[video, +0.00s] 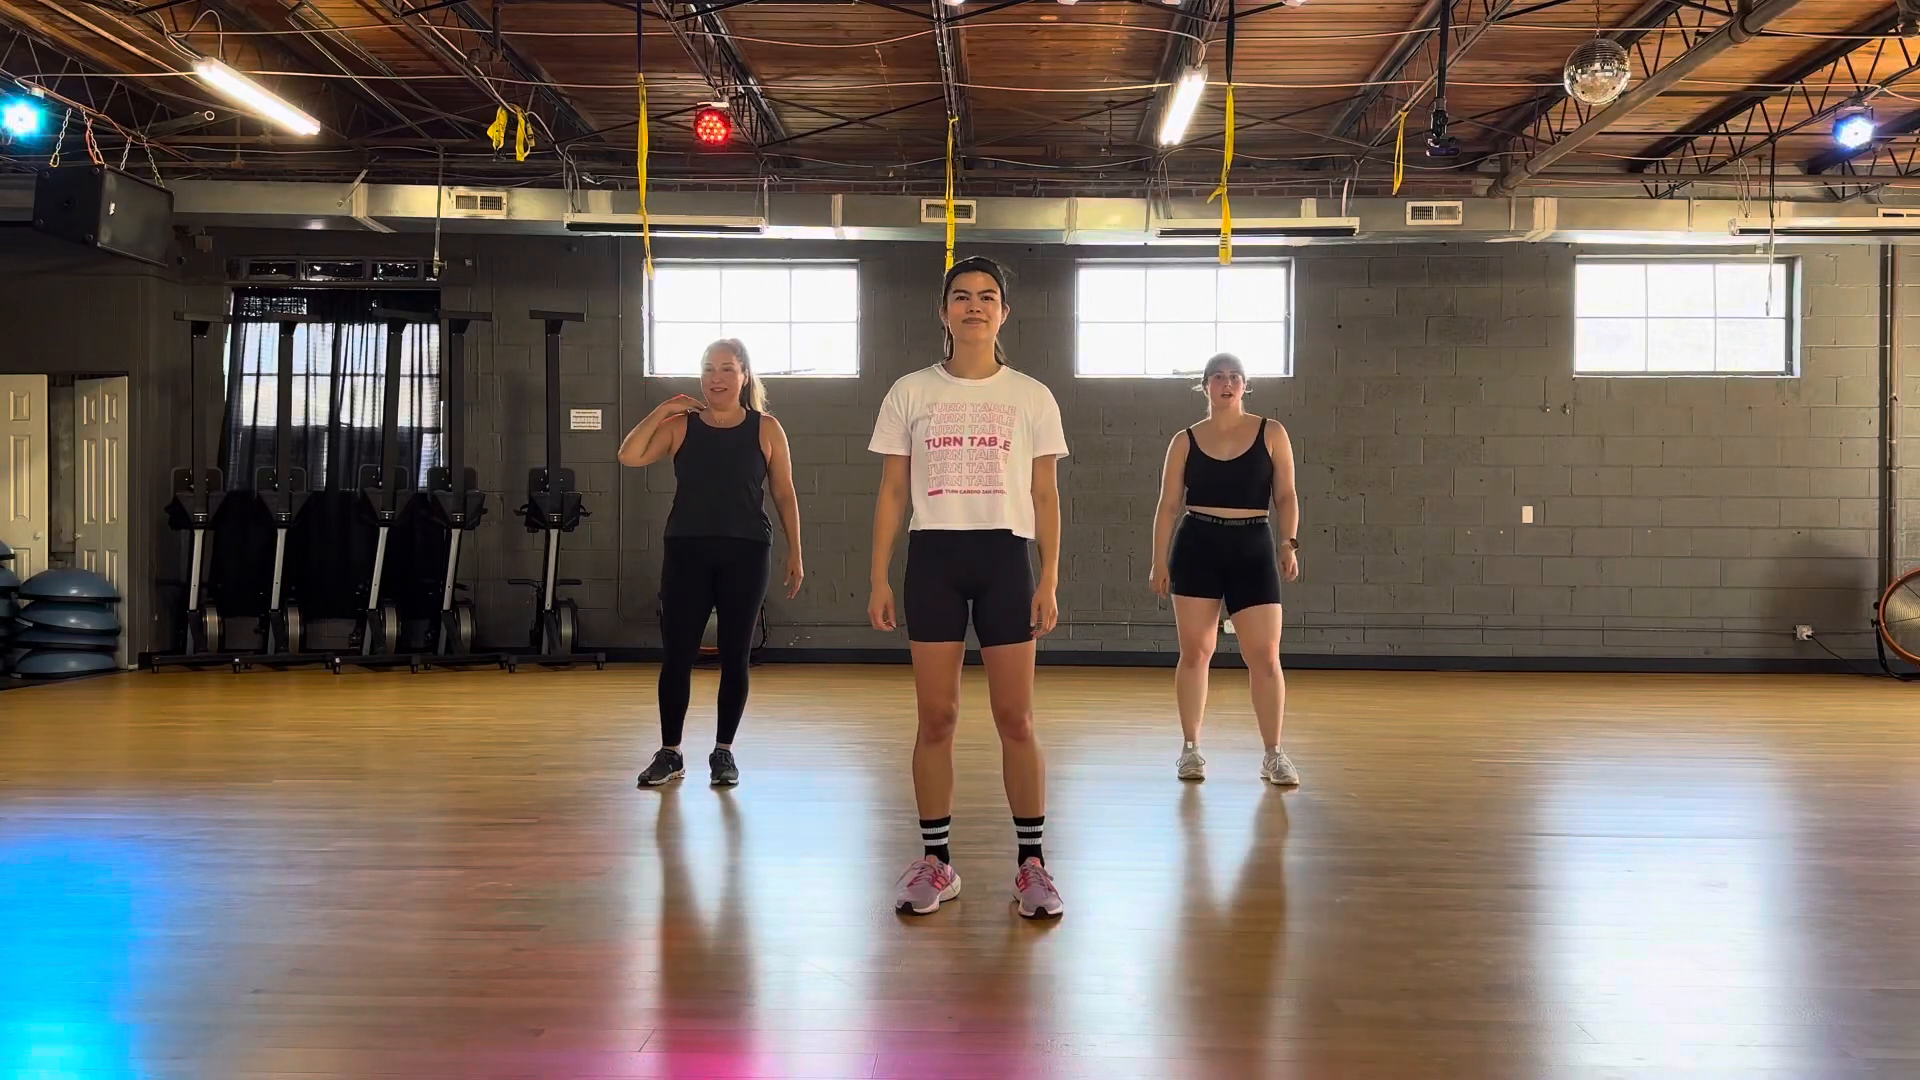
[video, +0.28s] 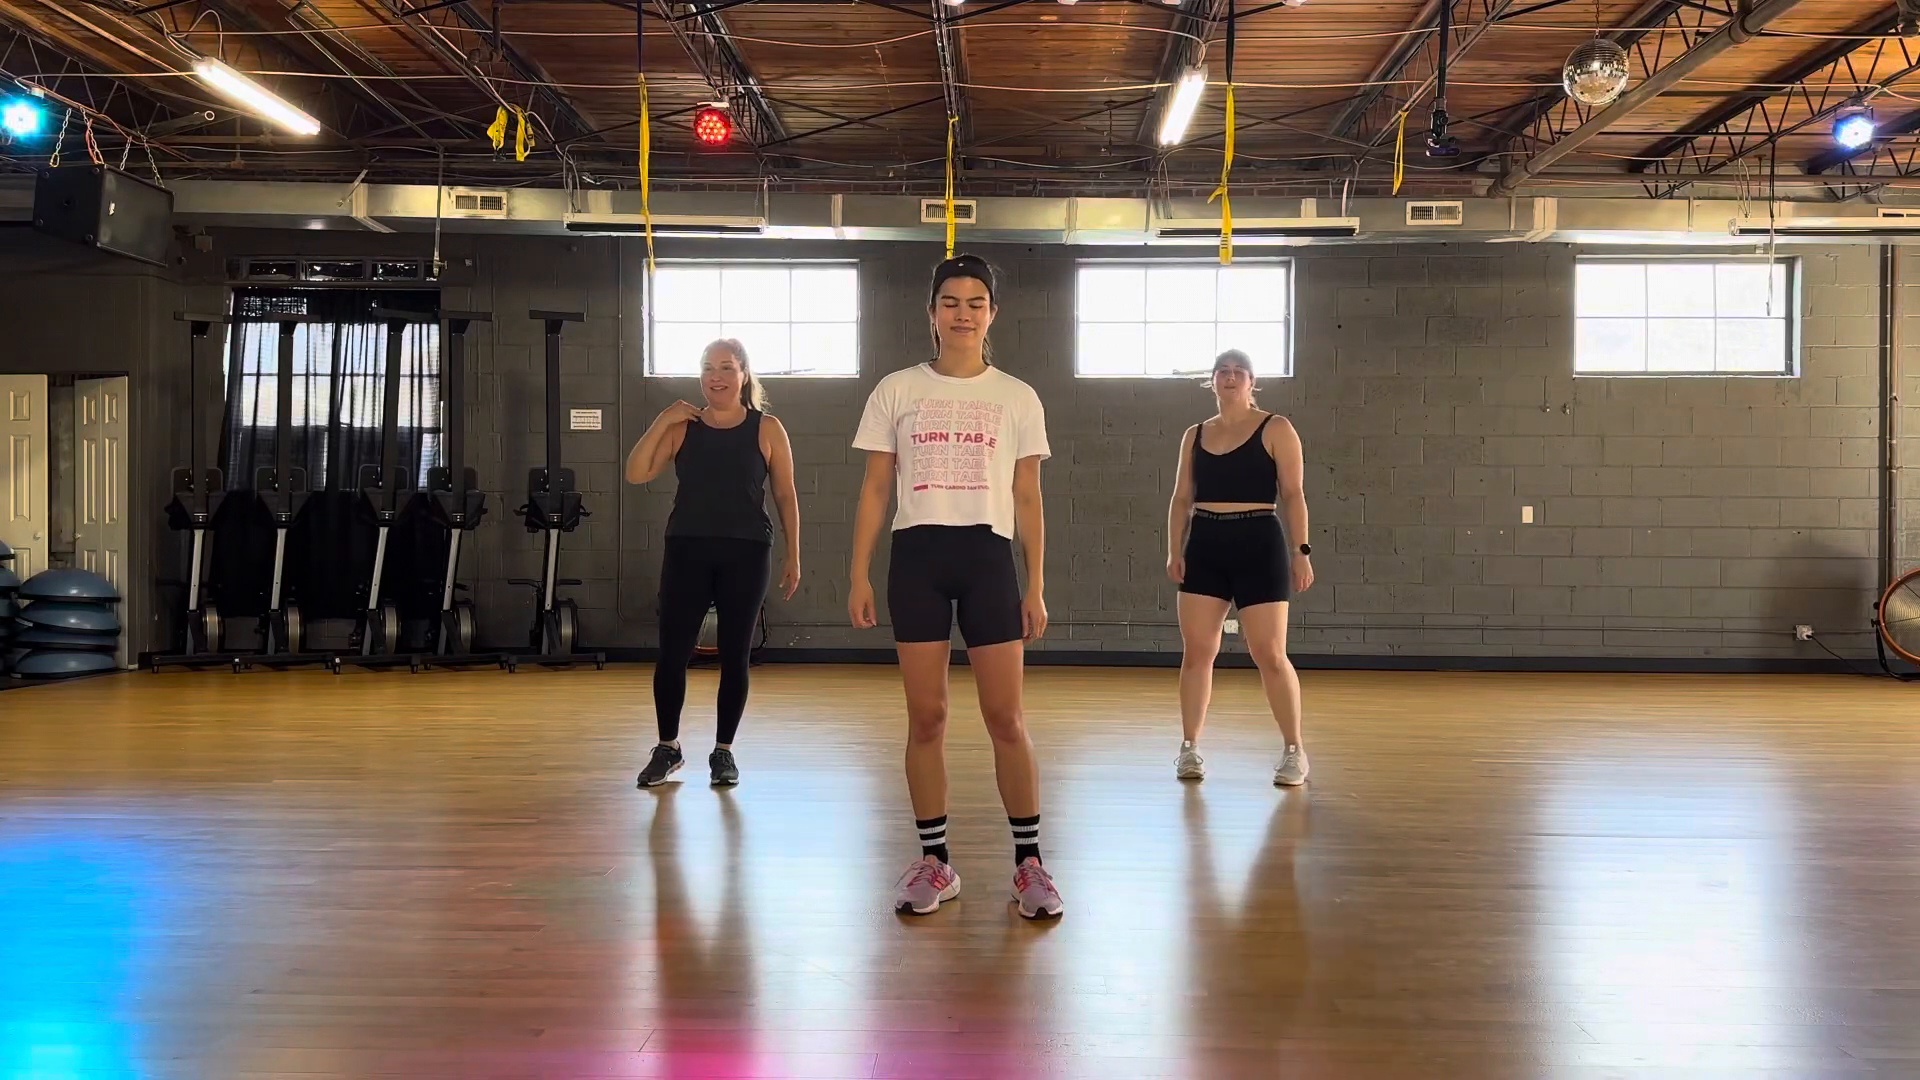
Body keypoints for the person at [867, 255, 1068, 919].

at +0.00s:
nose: (974, 307)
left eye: (985, 298)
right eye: (962, 297)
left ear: (1003, 313)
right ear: (944, 311)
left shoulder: (1033, 396)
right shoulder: (910, 391)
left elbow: (1045, 493)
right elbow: (893, 492)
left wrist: (1048, 579)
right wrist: (879, 577)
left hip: (1009, 562)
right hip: (932, 561)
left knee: (1016, 720)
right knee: (936, 719)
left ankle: (1032, 865)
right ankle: (935, 862)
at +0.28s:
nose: (963, 313)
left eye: (975, 303)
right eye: (951, 302)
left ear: (991, 315)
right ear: (932, 313)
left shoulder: (1018, 397)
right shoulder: (896, 389)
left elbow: (1029, 496)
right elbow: (876, 489)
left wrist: (1034, 584)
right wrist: (859, 573)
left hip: (991, 562)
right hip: (916, 561)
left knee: (1007, 722)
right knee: (926, 718)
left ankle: (1029, 864)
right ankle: (935, 862)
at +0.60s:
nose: (948, 314)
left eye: (961, 304)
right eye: (937, 303)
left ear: (978, 317)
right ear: (921, 313)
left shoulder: (1006, 400)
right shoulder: (882, 393)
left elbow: (1017, 502)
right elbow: (863, 492)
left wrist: (1022, 587)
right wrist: (853, 575)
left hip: (978, 565)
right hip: (904, 564)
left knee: (997, 725)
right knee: (921, 722)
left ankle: (1026, 864)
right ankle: (934, 863)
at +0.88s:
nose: (947, 316)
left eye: (960, 306)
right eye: (936, 305)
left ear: (978, 315)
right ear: (919, 313)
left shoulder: (1007, 398)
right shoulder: (884, 393)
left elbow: (1025, 492)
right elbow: (864, 494)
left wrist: (1003, 566)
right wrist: (852, 580)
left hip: (982, 563)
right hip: (909, 562)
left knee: (983, 721)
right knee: (922, 719)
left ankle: (1001, 871)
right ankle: (934, 863)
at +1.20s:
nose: (968, 308)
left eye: (980, 297)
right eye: (956, 297)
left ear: (1000, 308)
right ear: (940, 309)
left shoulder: (1026, 395)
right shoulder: (903, 384)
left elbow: (1043, 486)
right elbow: (882, 482)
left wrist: (1086, 548)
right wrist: (872, 572)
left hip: (1006, 565)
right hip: (932, 563)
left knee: (997, 726)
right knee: (938, 730)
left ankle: (992, 879)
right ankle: (934, 858)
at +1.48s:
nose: (978, 299)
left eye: (990, 290)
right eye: (966, 289)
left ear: (1010, 305)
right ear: (949, 303)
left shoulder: (1040, 398)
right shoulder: (910, 383)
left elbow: (1060, 503)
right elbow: (888, 483)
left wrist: (1117, 552)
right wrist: (873, 572)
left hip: (1020, 564)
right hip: (945, 561)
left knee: (1009, 733)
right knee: (983, 726)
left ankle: (989, 882)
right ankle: (938, 687)